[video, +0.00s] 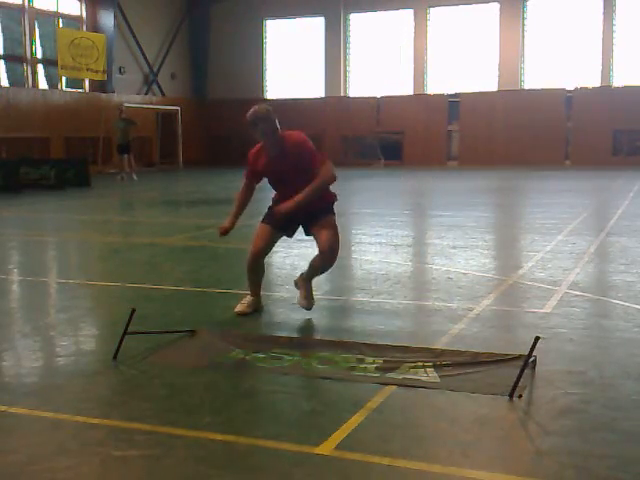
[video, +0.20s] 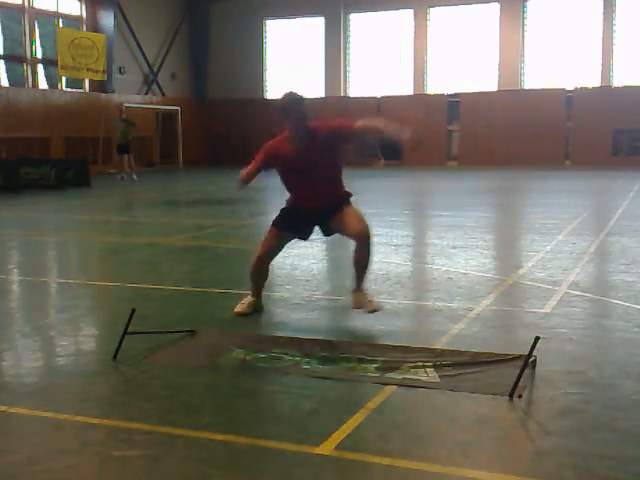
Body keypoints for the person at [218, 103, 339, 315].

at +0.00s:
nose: (270, 133)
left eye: (272, 127)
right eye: (263, 130)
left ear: (277, 124)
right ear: (255, 132)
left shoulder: (298, 141)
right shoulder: (257, 157)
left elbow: (328, 174)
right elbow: (248, 188)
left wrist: (294, 203)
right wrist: (231, 221)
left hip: (316, 200)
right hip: (284, 202)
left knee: (329, 252)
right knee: (256, 253)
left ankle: (305, 279)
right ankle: (254, 298)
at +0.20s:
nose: (297, 126)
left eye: (300, 120)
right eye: (293, 121)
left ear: (306, 117)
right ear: (284, 121)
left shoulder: (326, 132)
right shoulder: (275, 148)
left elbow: (363, 126)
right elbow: (245, 178)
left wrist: (398, 130)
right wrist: (247, 174)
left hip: (334, 205)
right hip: (299, 208)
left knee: (362, 232)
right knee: (263, 256)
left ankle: (359, 292)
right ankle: (254, 299)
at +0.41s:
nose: (373, 77)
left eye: (378, 72)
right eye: (369, 72)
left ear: (386, 75)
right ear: (361, 77)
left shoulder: (401, 99)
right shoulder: (350, 111)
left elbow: (446, 88)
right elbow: (336, 151)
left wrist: (490, 91)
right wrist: (381, 151)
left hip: (390, 189)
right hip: (353, 190)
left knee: (435, 226)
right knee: (314, 242)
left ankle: (462, 287)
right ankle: (281, 286)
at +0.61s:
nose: (458, 124)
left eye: (462, 118)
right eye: (453, 118)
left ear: (470, 117)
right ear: (444, 117)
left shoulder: (480, 141)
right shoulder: (424, 143)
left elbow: (521, 148)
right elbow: (395, 179)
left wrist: (550, 168)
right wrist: (425, 202)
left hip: (456, 212)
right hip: (418, 211)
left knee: (490, 260)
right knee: (380, 268)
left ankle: (524, 317)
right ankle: (406, 277)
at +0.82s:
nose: (475, 144)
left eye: (480, 139)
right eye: (471, 138)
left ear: (491, 134)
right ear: (464, 131)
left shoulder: (504, 163)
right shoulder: (443, 155)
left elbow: (531, 202)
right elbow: (420, 193)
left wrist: (551, 244)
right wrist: (458, 199)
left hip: (474, 221)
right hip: (435, 221)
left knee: (502, 261)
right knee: (413, 276)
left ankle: (526, 317)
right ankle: (462, 285)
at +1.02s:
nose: (425, 120)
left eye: (431, 115)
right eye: (424, 114)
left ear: (447, 116)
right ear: (422, 113)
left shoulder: (461, 140)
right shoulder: (414, 133)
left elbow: (471, 167)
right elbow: (365, 130)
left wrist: (424, 157)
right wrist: (376, 150)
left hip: (447, 216)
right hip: (410, 211)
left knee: (483, 261)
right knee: (352, 239)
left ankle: (524, 317)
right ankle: (371, 294)